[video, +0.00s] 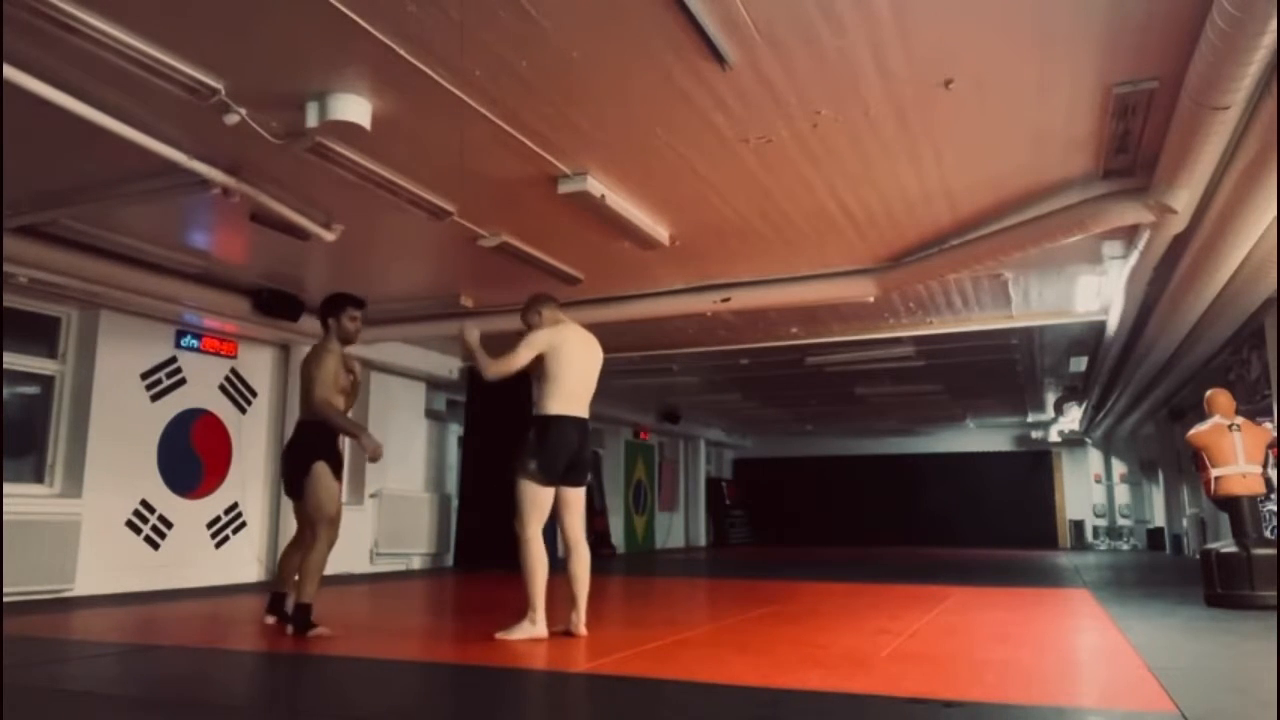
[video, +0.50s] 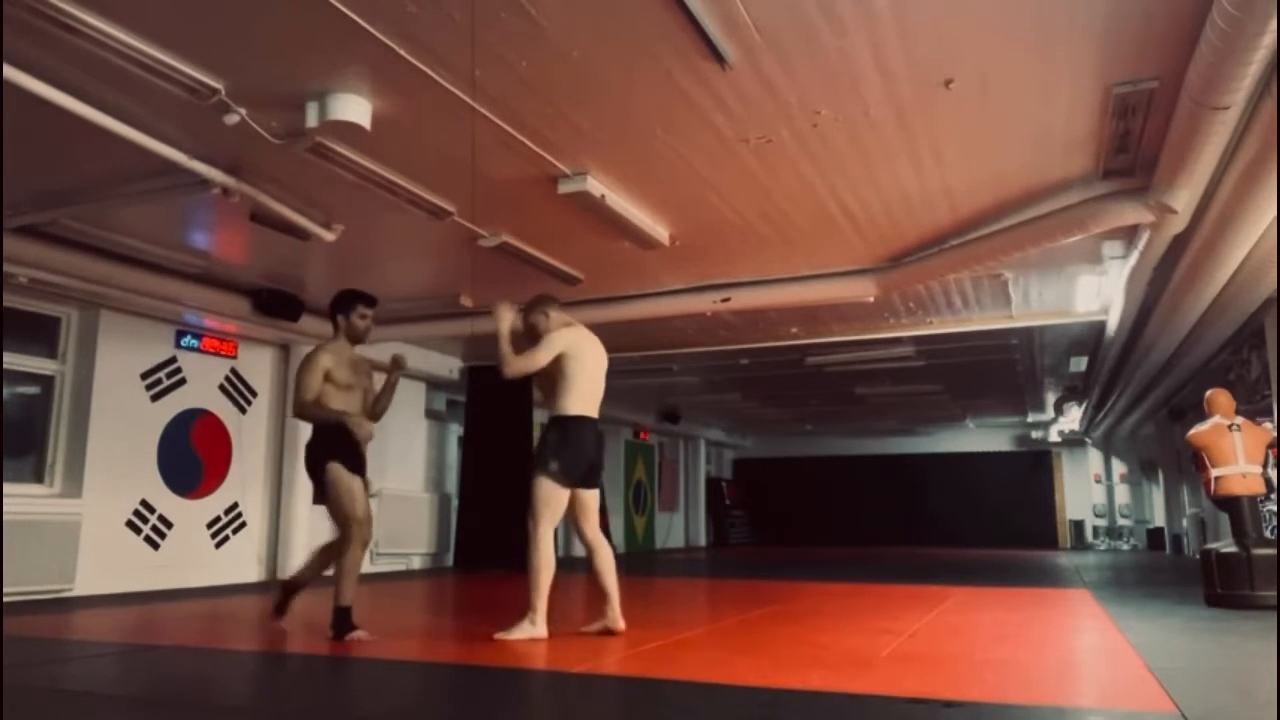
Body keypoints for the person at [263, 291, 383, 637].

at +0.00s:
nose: (358, 326)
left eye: (360, 320)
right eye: (352, 319)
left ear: (343, 324)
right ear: (332, 321)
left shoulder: (331, 355)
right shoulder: (328, 353)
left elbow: (340, 411)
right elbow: (320, 404)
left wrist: (355, 380)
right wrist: (362, 434)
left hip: (310, 447)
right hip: (316, 448)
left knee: (307, 532)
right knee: (325, 531)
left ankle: (278, 602)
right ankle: (302, 614)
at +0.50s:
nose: (368, 325)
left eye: (371, 319)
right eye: (362, 317)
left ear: (367, 322)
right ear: (341, 318)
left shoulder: (361, 363)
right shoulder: (321, 356)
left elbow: (373, 412)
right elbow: (302, 407)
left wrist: (392, 378)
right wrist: (347, 418)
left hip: (352, 449)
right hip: (329, 444)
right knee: (357, 529)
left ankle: (292, 585)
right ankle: (342, 620)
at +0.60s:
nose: (372, 318)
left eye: (375, 311)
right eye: (366, 310)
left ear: (372, 315)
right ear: (345, 311)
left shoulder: (363, 355)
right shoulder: (327, 346)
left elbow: (375, 404)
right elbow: (309, 395)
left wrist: (398, 373)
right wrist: (358, 408)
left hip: (360, 441)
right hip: (331, 439)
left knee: (408, 503)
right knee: (351, 523)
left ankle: (345, 556)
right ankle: (341, 620)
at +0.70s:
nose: (378, 315)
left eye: (380, 309)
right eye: (372, 307)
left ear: (375, 312)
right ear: (350, 307)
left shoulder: (368, 353)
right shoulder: (327, 342)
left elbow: (382, 403)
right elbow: (312, 388)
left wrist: (404, 376)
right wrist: (363, 398)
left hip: (369, 438)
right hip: (339, 439)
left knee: (440, 439)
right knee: (352, 527)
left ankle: (416, 512)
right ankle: (342, 623)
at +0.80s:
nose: (380, 316)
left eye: (383, 310)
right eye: (374, 308)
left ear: (381, 313)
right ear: (353, 308)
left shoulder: (372, 355)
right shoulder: (328, 342)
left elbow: (385, 405)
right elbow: (312, 387)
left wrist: (410, 378)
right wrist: (362, 396)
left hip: (383, 430)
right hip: (352, 437)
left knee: (448, 399)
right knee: (360, 528)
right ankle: (345, 622)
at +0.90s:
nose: (379, 316)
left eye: (382, 310)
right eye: (374, 308)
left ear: (380, 313)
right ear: (352, 308)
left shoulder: (375, 356)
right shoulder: (328, 343)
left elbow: (386, 405)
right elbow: (308, 390)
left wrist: (411, 383)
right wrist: (356, 400)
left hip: (392, 428)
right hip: (362, 437)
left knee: (462, 393)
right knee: (367, 531)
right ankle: (350, 620)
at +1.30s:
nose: (377, 319)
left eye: (380, 313)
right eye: (371, 311)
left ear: (377, 315)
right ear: (348, 310)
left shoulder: (376, 354)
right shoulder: (326, 352)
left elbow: (391, 406)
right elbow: (306, 404)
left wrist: (415, 380)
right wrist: (350, 410)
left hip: (402, 429)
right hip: (369, 443)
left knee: (476, 413)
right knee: (373, 532)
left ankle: (555, 414)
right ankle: (358, 621)